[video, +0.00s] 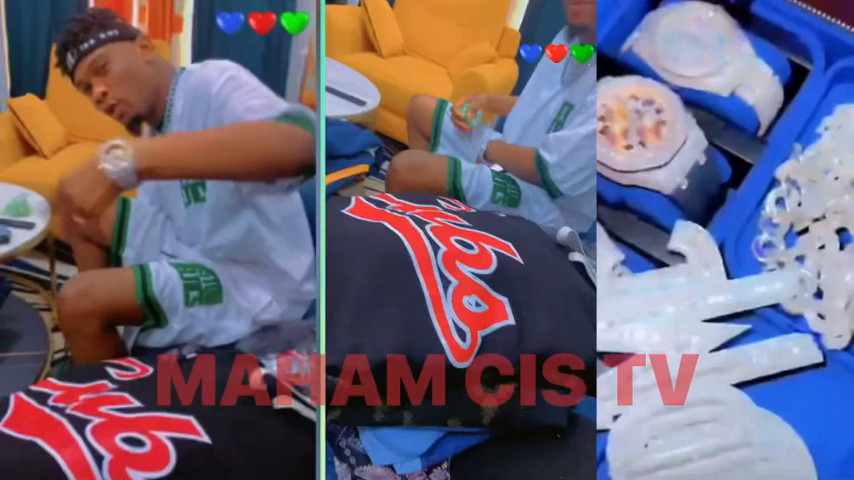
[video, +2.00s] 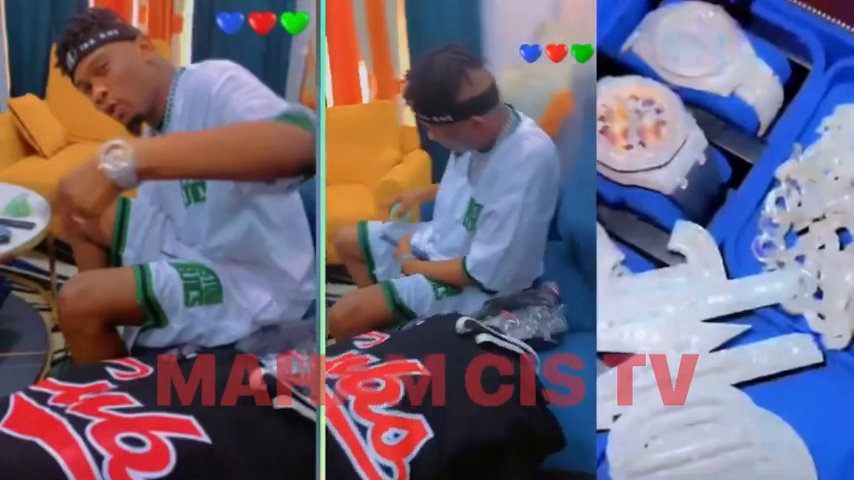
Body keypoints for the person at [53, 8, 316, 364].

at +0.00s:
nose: (98, 94)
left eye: (102, 70)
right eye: (87, 89)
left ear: (144, 48)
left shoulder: (213, 81)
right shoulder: (152, 133)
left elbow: (299, 146)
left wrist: (131, 160)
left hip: (260, 279)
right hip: (190, 251)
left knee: (80, 300)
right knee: (84, 214)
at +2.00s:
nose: (98, 94)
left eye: (102, 70)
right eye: (87, 89)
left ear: (144, 48)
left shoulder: (213, 81)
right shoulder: (152, 132)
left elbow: (298, 145)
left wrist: (131, 160)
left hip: (259, 278)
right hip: (190, 251)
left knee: (80, 300)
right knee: (84, 214)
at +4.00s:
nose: (98, 94)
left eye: (102, 70)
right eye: (87, 89)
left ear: (144, 48)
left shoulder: (213, 81)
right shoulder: (153, 133)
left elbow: (299, 146)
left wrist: (132, 160)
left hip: (260, 279)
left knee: (80, 300)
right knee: (85, 215)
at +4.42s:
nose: (98, 94)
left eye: (102, 70)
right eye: (87, 89)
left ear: (144, 48)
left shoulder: (213, 81)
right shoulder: (152, 133)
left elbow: (298, 146)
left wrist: (132, 160)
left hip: (260, 280)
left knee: (80, 300)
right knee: (85, 215)